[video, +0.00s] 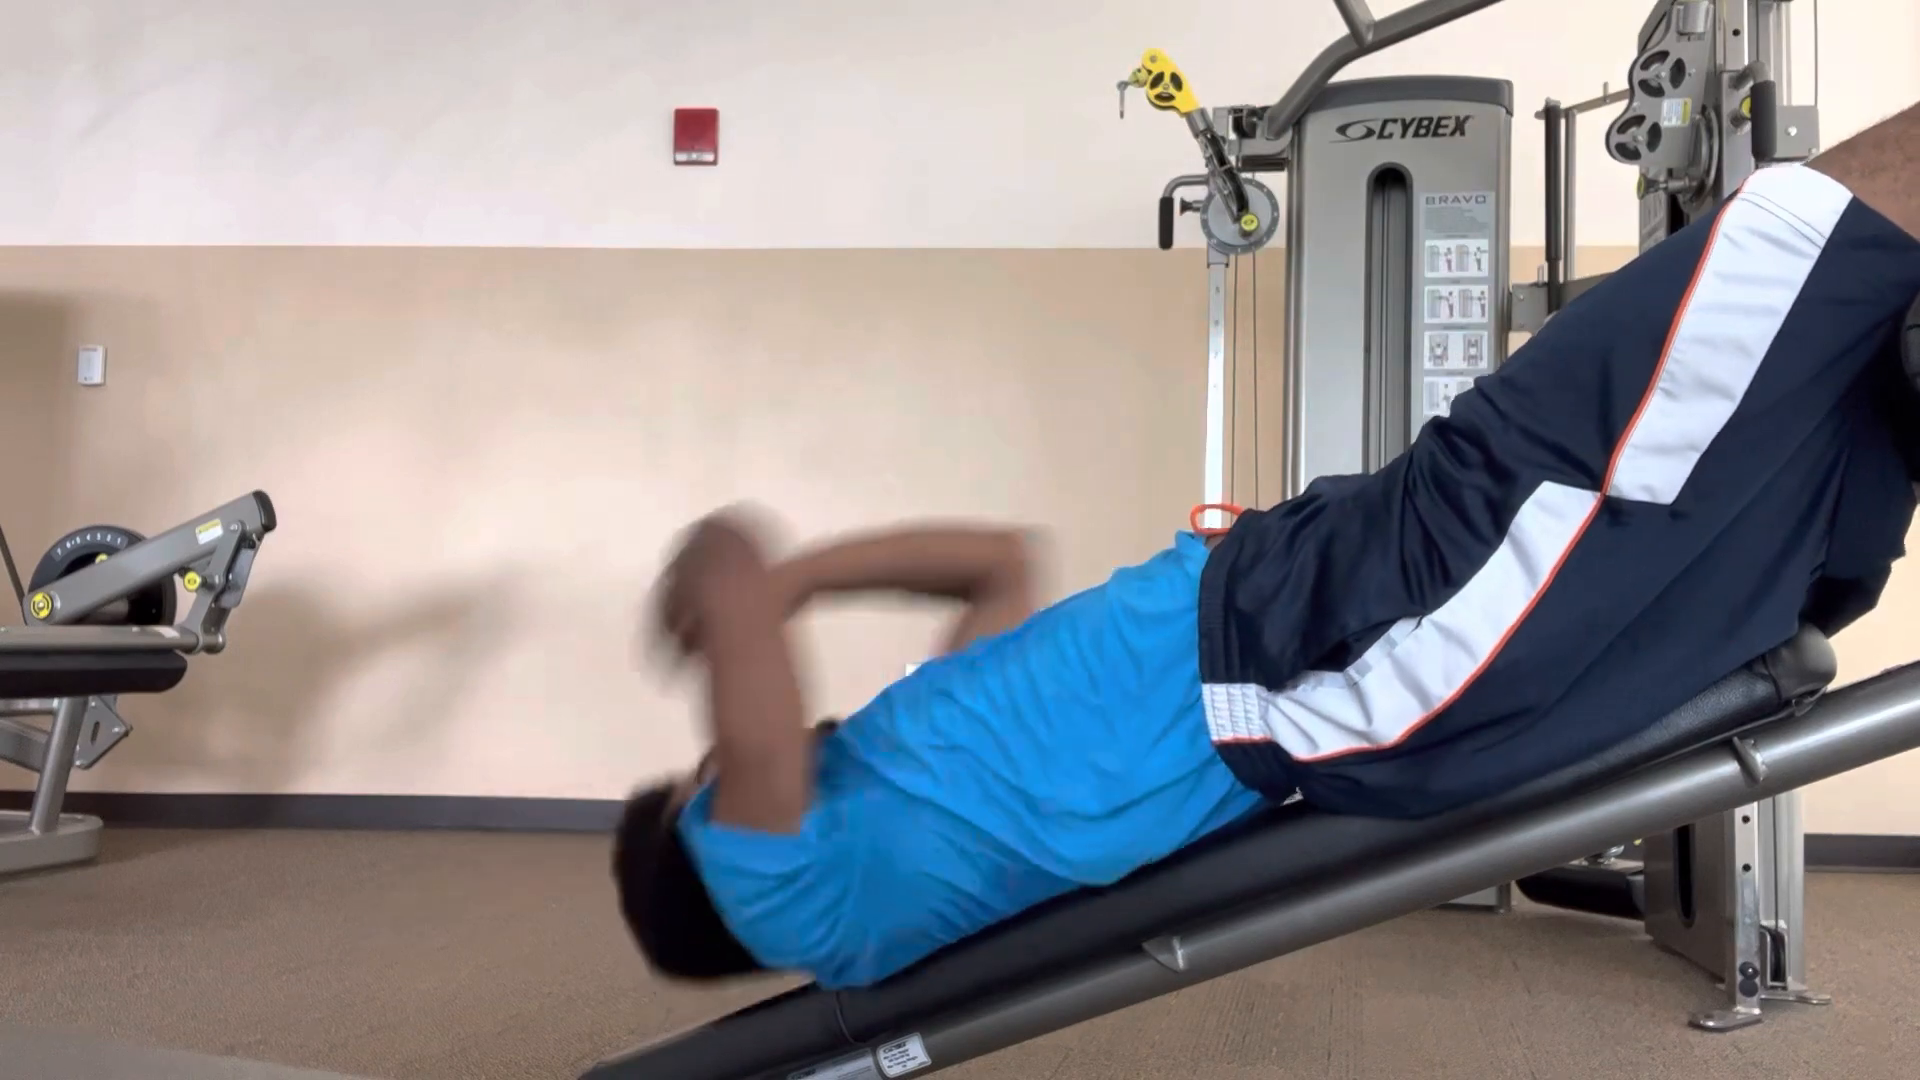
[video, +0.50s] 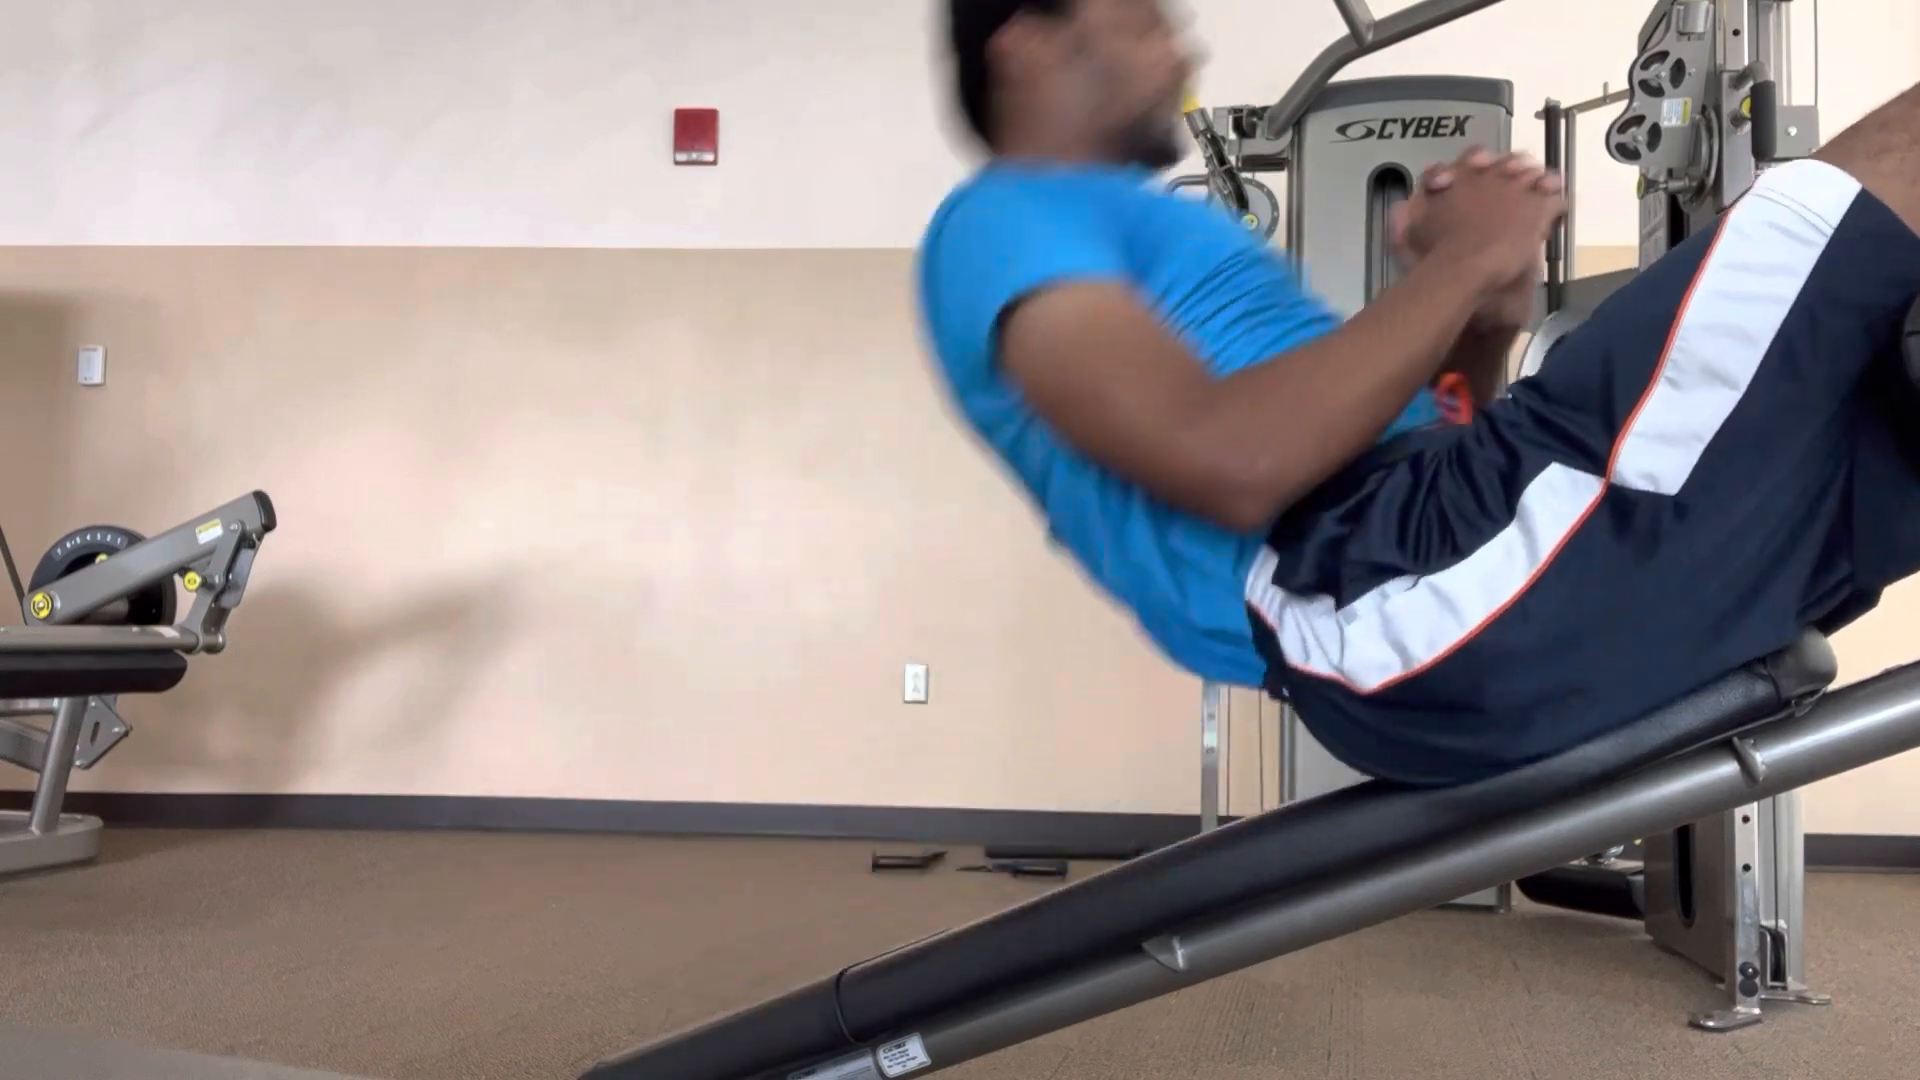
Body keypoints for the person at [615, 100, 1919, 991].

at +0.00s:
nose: (715, 757)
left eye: (695, 763)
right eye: (693, 779)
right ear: (713, 843)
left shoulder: (881, 813)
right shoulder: (773, 866)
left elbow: (995, 562)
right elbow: (735, 569)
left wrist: (782, 582)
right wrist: (724, 589)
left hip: (1338, 587)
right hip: (1321, 671)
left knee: (1869, 184)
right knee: (1838, 199)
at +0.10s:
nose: (799, 610)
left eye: (764, 605)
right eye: (753, 639)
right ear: (738, 742)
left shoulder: (933, 732)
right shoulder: (837, 809)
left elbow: (1218, 562)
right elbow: (1027, 604)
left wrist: (1087, 417)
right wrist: (1042, 393)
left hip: (1347, 598)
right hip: (1335, 666)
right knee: (1871, 176)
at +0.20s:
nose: (847, 464)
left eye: (820, 451)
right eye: (799, 469)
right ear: (752, 567)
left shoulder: (964, 608)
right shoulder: (848, 685)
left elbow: (1255, 587)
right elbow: (1142, 635)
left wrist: (1320, 380)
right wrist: (1292, 368)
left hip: (1403, 605)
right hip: (1371, 642)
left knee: (1892, 434)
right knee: (1877, 166)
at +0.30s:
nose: (883, 356)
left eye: (856, 339)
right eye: (835, 351)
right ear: (770, 442)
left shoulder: (957, 530)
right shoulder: (850, 578)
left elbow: (1213, 580)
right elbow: (1150, 606)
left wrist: (1358, 377)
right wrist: (1350, 370)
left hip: (1403, 619)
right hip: (1358, 654)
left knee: (1885, 441)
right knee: (1873, 168)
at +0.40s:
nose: (1003, 189)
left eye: (981, 163)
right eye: (954, 174)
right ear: (858, 248)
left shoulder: (1056, 373)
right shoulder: (891, 404)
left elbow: (1345, 517)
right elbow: (1167, 542)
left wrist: (1434, 358)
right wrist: (1397, 324)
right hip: (1388, 627)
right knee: (1885, 155)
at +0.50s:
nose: (1180, 47)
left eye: (1166, 23)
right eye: (1138, 22)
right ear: (1024, 46)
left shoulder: (1187, 237)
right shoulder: (1001, 217)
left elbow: (1404, 463)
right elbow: (1231, 456)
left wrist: (1482, 309)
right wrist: (1463, 268)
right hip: (1388, 601)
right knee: (1894, 141)